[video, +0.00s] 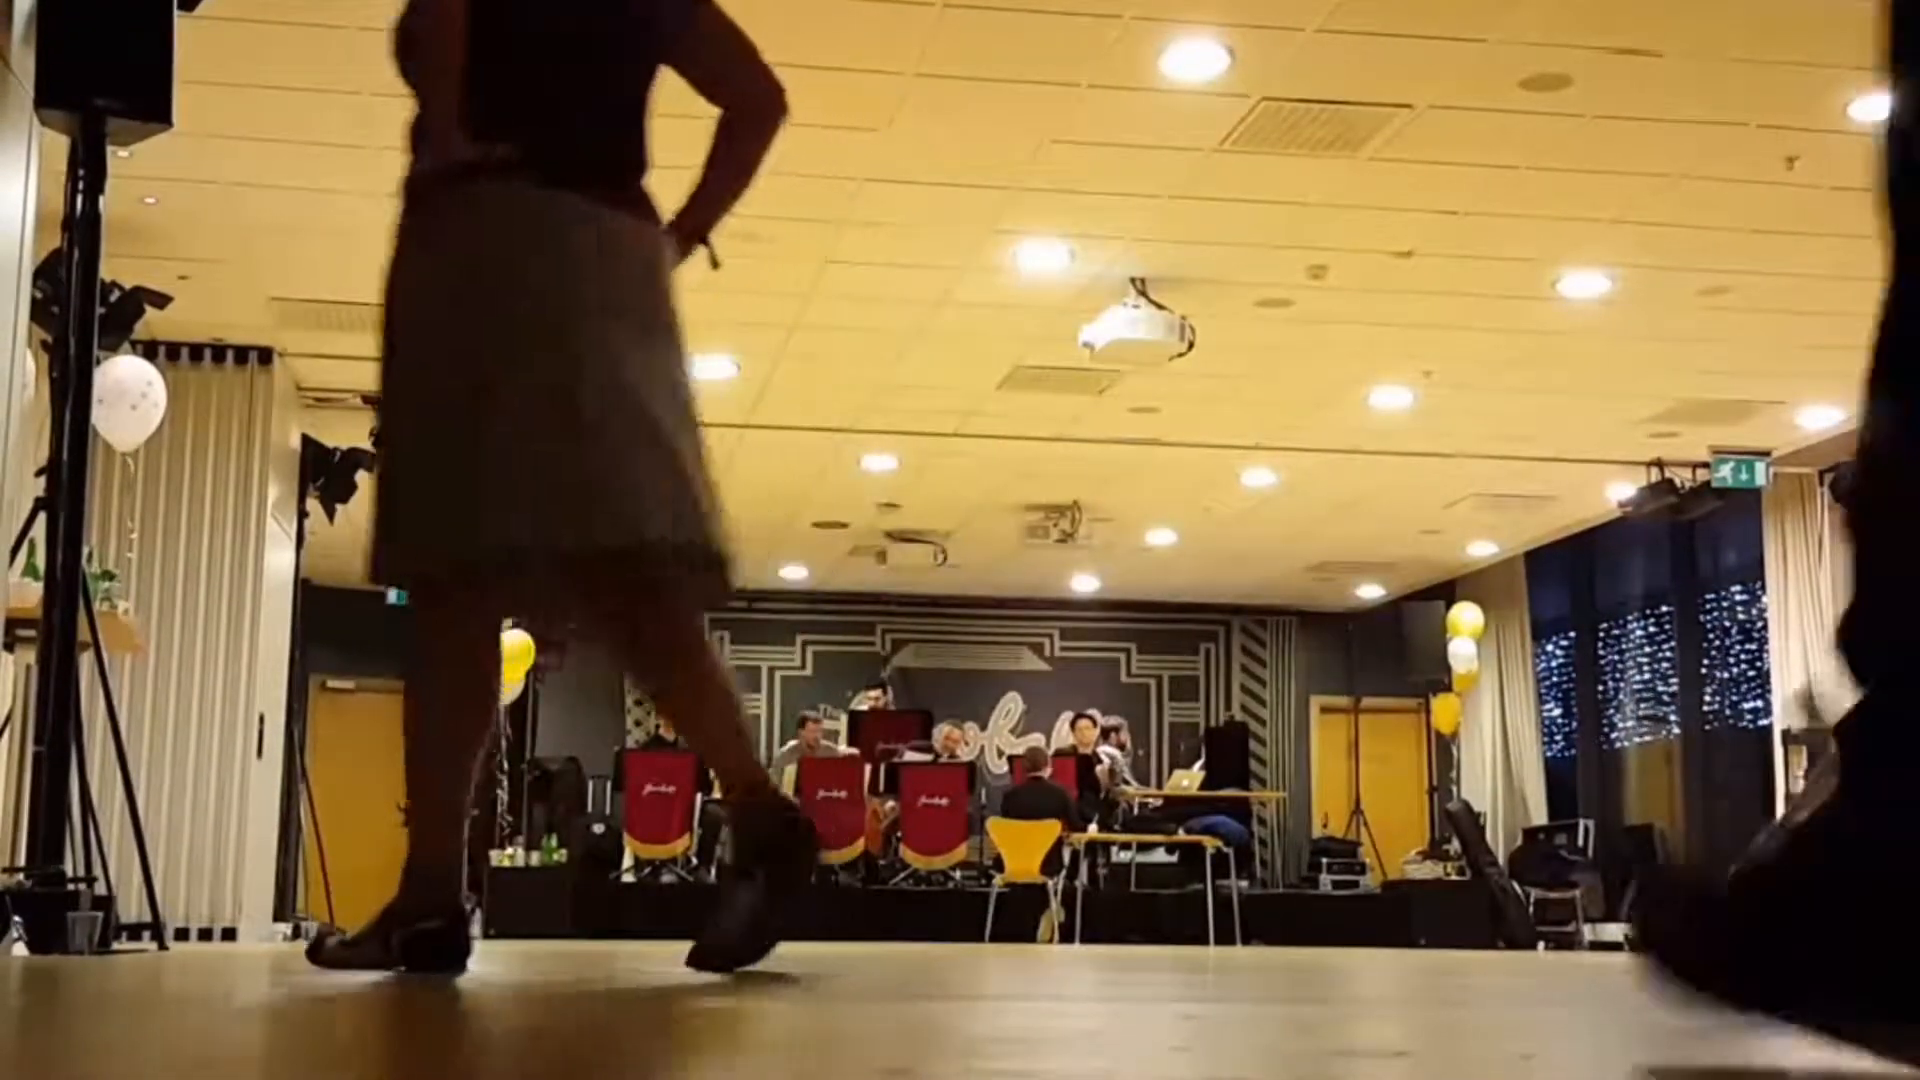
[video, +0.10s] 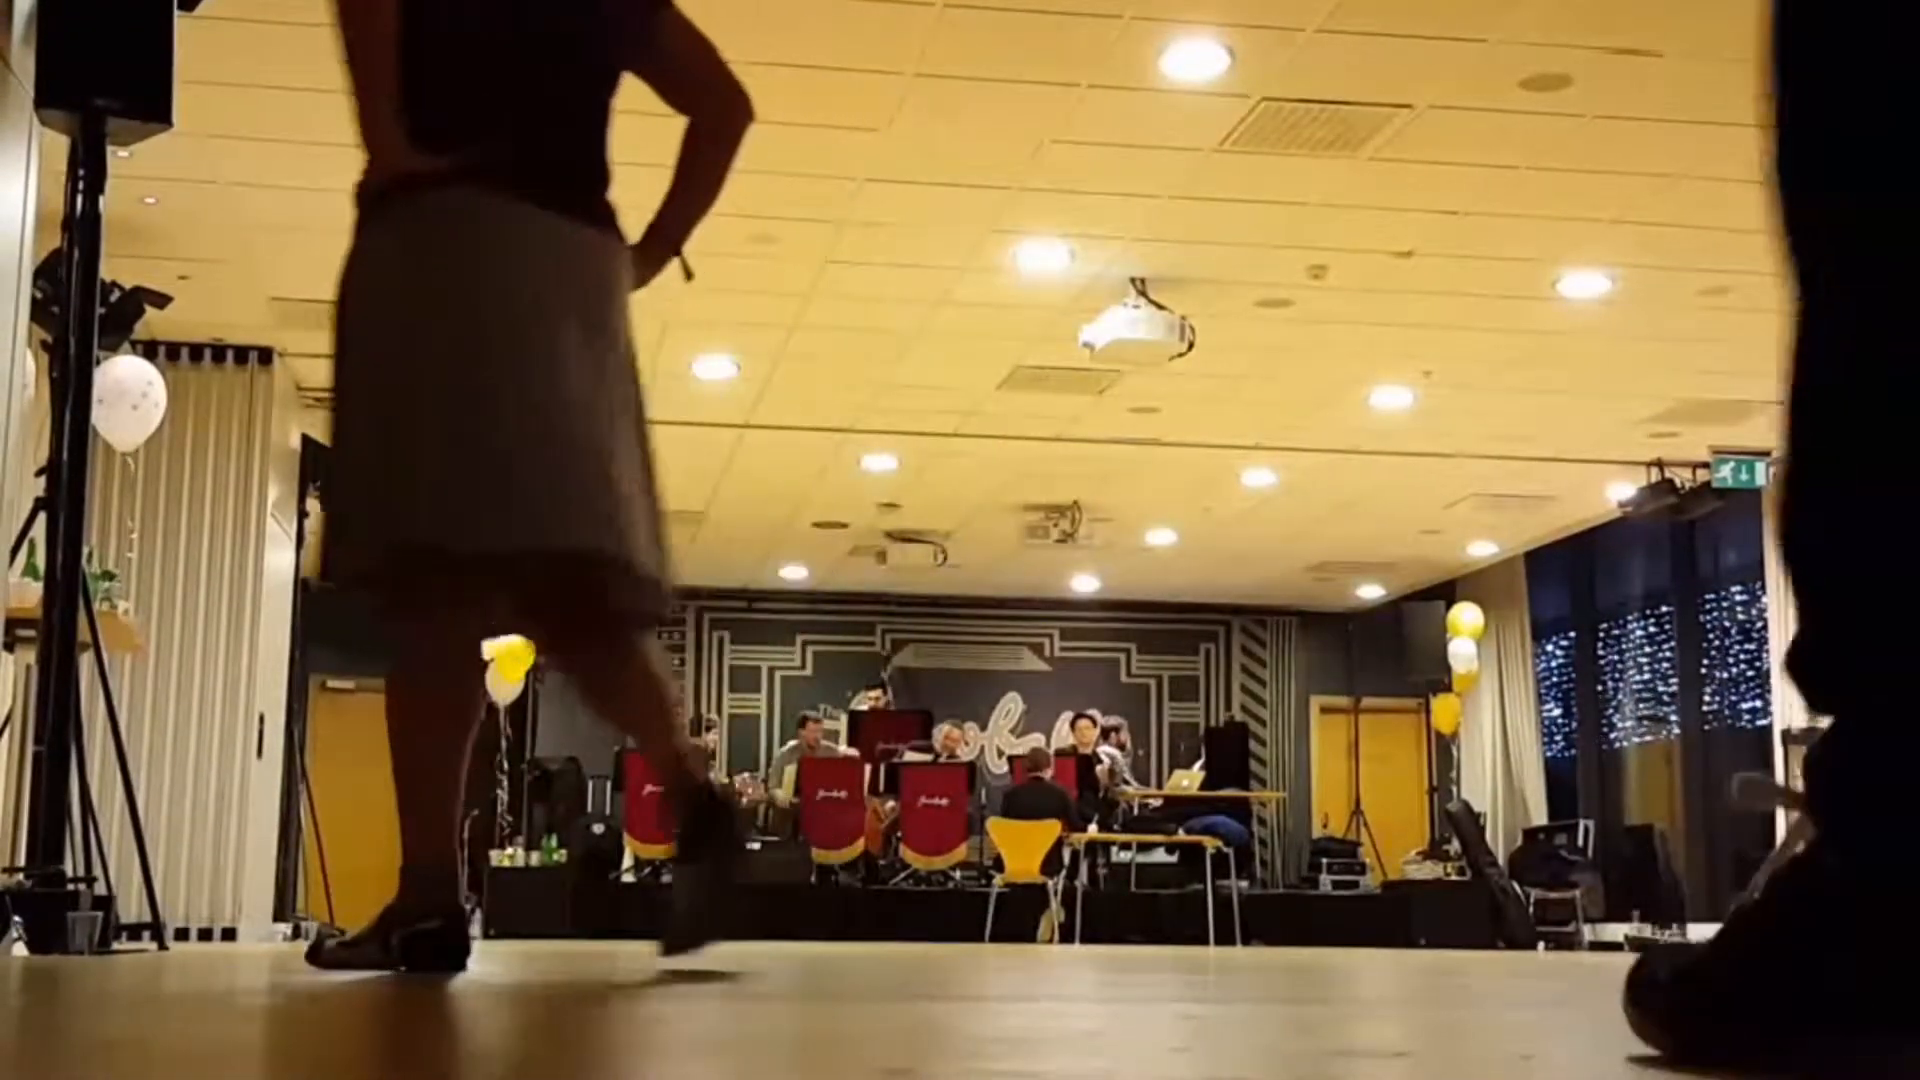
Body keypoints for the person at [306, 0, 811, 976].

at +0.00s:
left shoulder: (447, 6)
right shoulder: (643, 4)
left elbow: (425, 41)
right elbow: (757, 99)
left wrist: (440, 132)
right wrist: (684, 231)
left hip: (467, 260)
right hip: (604, 260)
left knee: (450, 592)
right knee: (624, 576)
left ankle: (431, 899)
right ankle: (764, 815)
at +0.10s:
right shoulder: (602, 8)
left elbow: (363, 11)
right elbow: (723, 104)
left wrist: (386, 143)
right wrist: (651, 249)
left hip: (429, 247)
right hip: (571, 255)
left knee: (429, 600)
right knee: (562, 581)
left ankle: (430, 899)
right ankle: (697, 793)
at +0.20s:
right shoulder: (566, 5)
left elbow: (305, 7)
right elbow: (697, 97)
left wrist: (342, 152)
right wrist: (627, 242)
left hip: (394, 250)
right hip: (539, 256)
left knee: (413, 601)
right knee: (526, 585)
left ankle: (429, 901)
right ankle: (589, 817)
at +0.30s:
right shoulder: (541, 6)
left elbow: (263, 5)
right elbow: (674, 92)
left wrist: (305, 153)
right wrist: (603, 235)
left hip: (387, 250)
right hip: (522, 260)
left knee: (407, 595)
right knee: (476, 607)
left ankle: (426, 896)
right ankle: (459, 894)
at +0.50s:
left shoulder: (278, 9)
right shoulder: (491, 10)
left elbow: (212, 9)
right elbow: (623, 114)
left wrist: (262, 170)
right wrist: (551, 260)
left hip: (347, 262)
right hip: (478, 274)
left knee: (375, 591)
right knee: (400, 592)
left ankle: (428, 894)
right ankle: (301, 868)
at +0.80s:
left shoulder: (230, 4)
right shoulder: (405, 28)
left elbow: (205, 100)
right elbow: (530, 180)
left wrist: (215, 199)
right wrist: (448, 291)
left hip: (266, 289)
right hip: (387, 301)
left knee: (296, 592)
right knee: (319, 604)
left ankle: (391, 853)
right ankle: (232, 897)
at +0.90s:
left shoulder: (228, 12)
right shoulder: (391, 38)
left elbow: (207, 17)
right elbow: (507, 190)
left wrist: (196, 198)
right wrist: (419, 295)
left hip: (243, 301)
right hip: (362, 316)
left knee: (200, 591)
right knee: (292, 614)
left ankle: (340, 820)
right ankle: (224, 900)